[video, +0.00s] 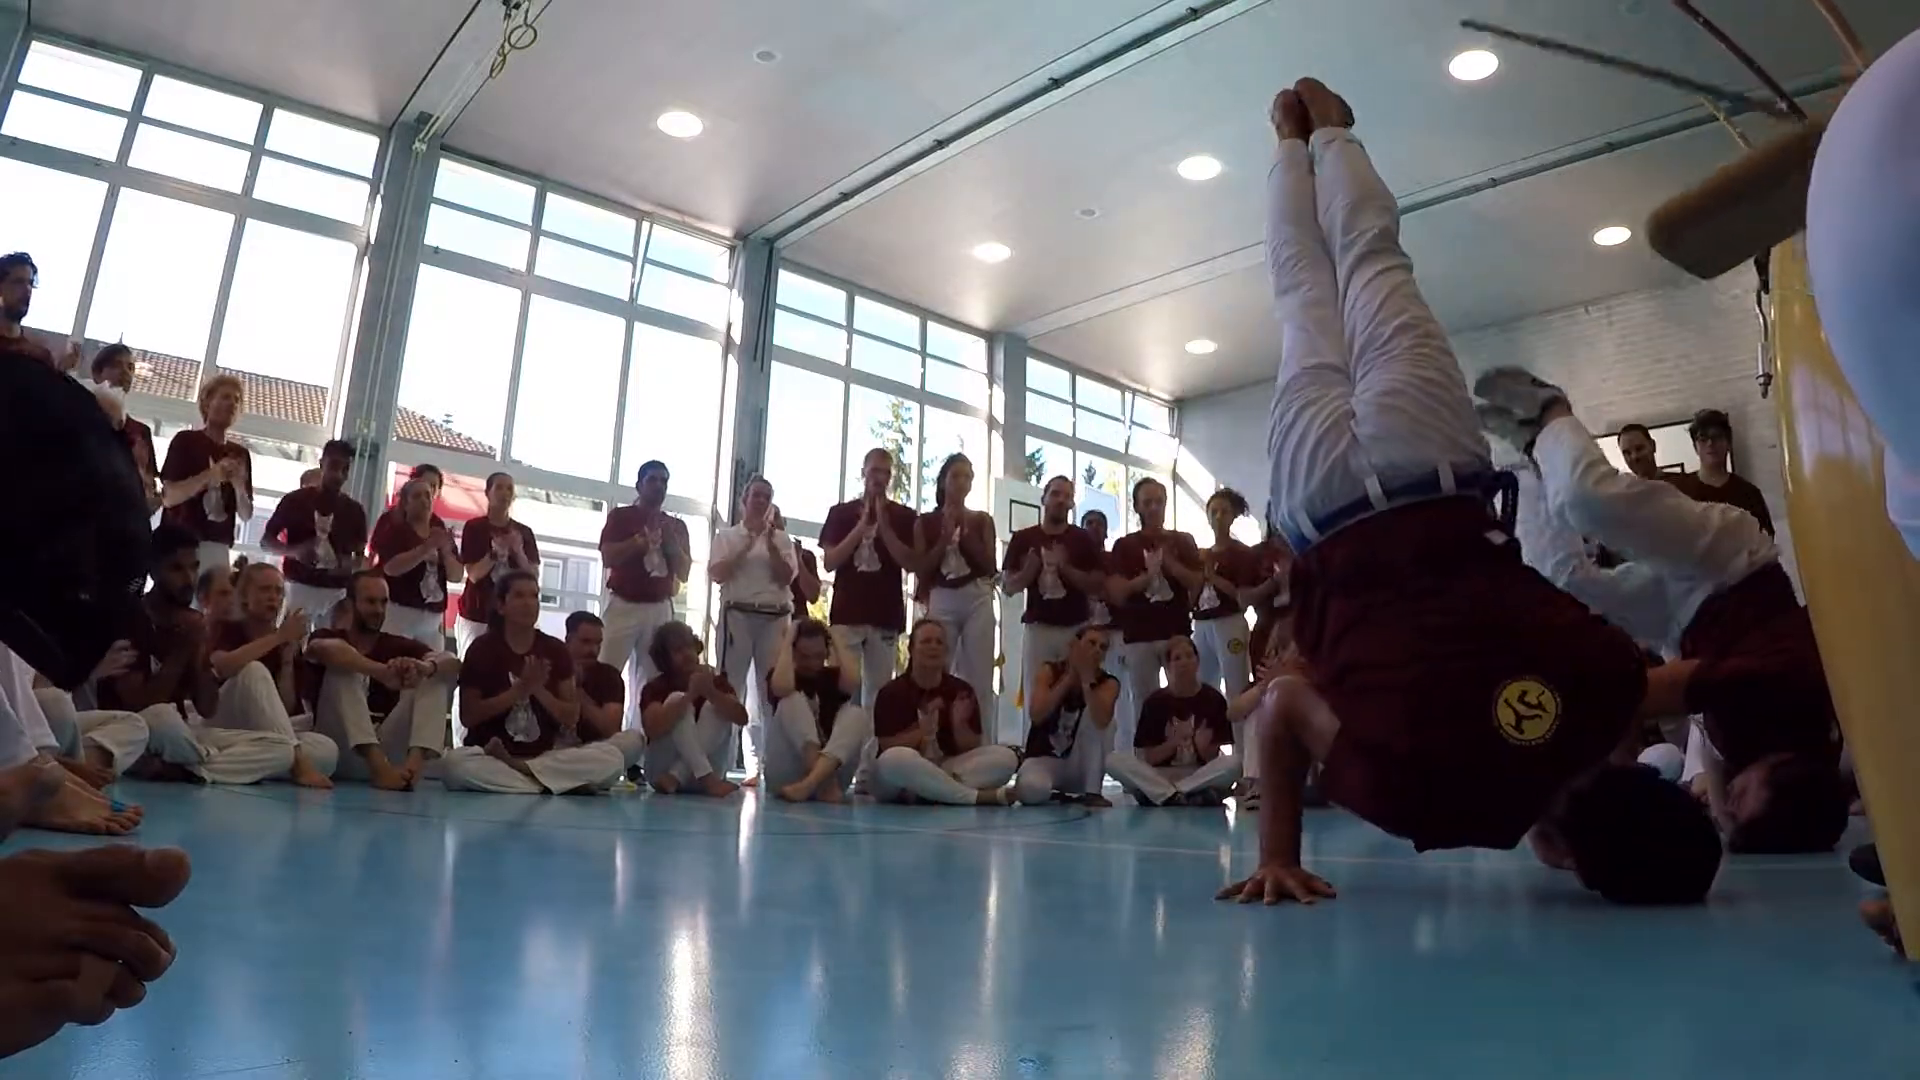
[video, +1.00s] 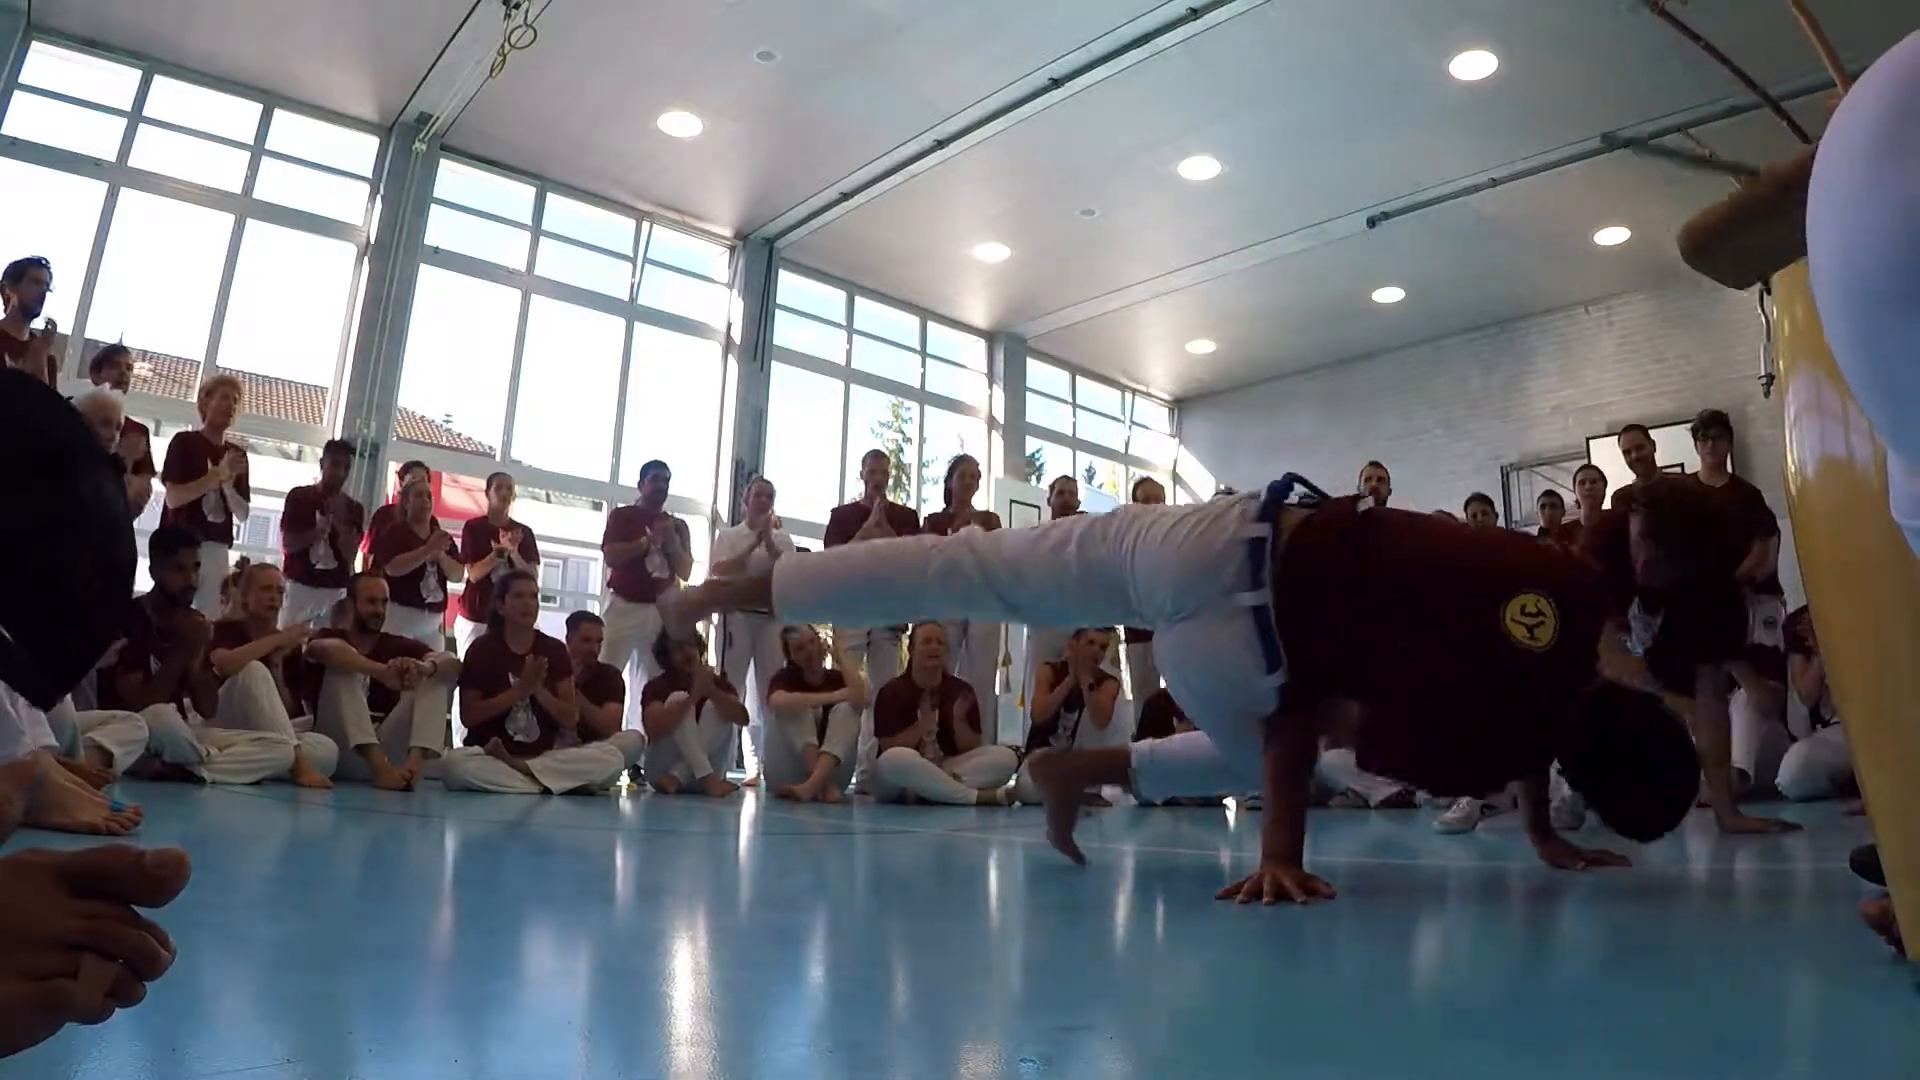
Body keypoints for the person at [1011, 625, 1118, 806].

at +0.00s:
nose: (1096, 651)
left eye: (1102, 647)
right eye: (1091, 643)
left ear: (1106, 654)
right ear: (1075, 644)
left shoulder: (1108, 683)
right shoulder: (1049, 670)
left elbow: (1101, 718)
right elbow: (1037, 714)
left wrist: (1087, 675)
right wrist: (1070, 676)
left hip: (1082, 764)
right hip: (1043, 761)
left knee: (1096, 712)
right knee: (1031, 792)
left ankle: (1093, 792)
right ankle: (1057, 798)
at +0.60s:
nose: (1096, 651)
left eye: (1102, 648)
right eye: (1091, 643)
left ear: (1105, 654)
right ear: (1074, 643)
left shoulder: (1106, 681)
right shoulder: (1049, 671)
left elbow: (1100, 718)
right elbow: (1038, 715)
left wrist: (1085, 674)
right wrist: (1069, 679)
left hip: (1081, 763)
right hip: (1043, 761)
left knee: (1095, 712)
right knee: (1031, 792)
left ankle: (1092, 792)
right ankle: (1057, 797)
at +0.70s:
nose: (1097, 650)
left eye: (1102, 647)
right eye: (1091, 643)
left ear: (1105, 655)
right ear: (1074, 645)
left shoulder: (1102, 680)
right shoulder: (1048, 671)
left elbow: (1101, 721)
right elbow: (1037, 716)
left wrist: (1089, 678)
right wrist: (1065, 675)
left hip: (1079, 763)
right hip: (1042, 762)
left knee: (1094, 712)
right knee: (1032, 791)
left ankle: (1092, 791)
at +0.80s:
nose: (1096, 651)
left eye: (1102, 647)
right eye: (1090, 643)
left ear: (1106, 654)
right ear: (1073, 645)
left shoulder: (1107, 682)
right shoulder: (1049, 671)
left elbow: (1101, 720)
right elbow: (1037, 715)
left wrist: (1089, 682)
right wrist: (1063, 676)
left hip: (1084, 760)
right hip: (1044, 757)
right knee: (1033, 790)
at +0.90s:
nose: (1096, 650)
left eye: (1102, 647)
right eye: (1090, 643)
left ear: (1105, 652)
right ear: (1074, 645)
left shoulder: (1108, 682)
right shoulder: (1049, 671)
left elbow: (1100, 721)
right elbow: (1038, 715)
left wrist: (1086, 676)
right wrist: (1070, 680)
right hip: (1042, 760)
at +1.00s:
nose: (1096, 652)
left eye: (1103, 648)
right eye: (1091, 643)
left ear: (1106, 652)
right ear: (1074, 643)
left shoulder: (1108, 682)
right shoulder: (1049, 670)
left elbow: (1101, 720)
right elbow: (1038, 715)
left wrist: (1085, 676)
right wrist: (1071, 679)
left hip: (1076, 759)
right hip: (1040, 754)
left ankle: (1011, 794)